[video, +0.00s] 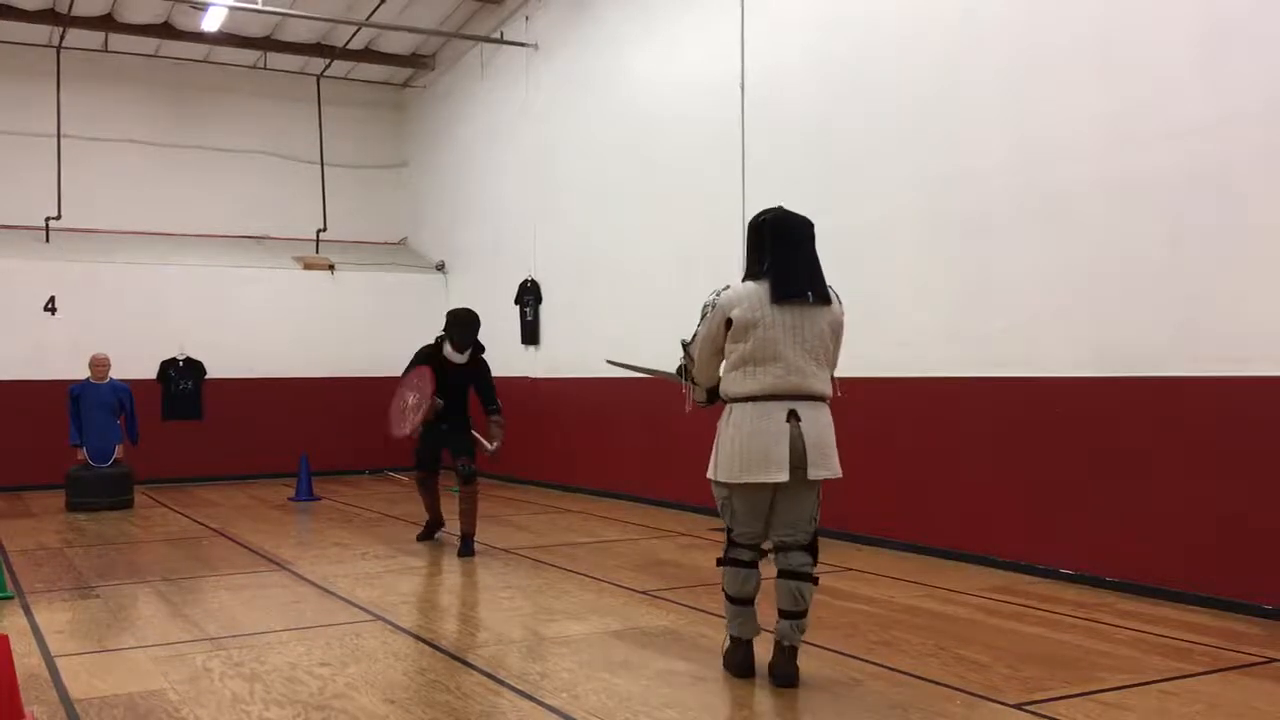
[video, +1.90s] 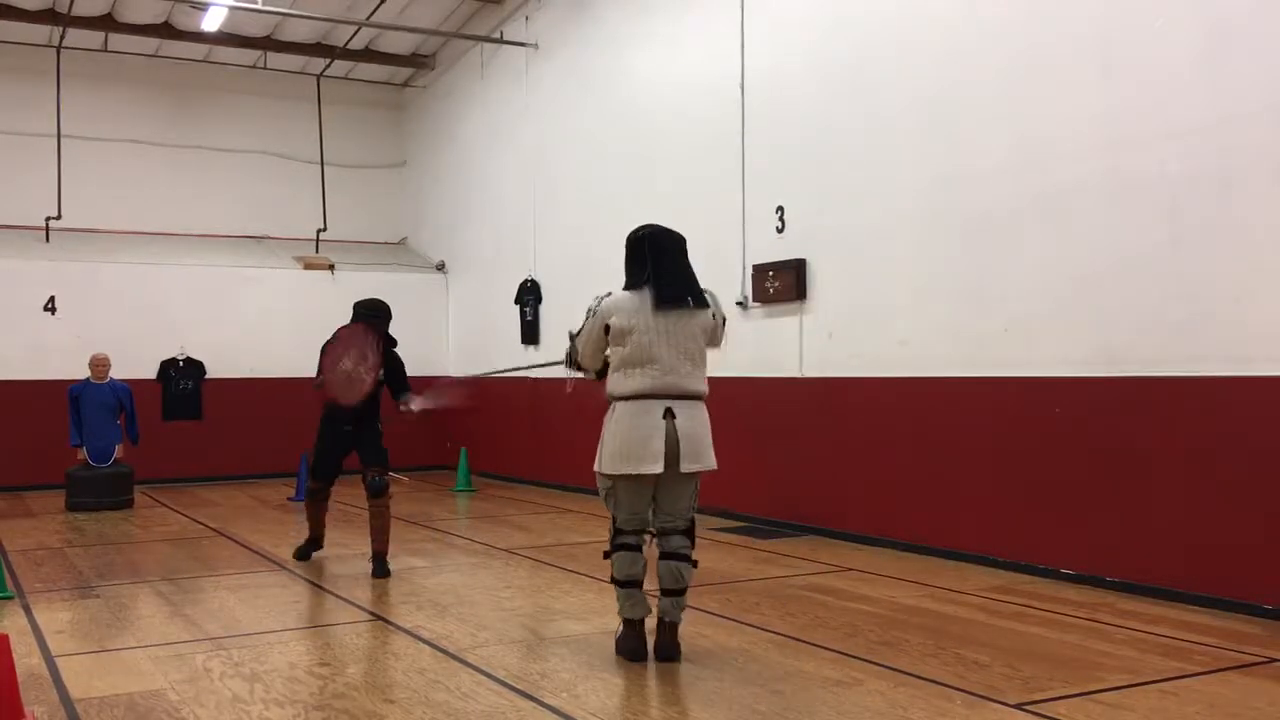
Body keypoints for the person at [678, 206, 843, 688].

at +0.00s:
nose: (749, 256)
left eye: (751, 247)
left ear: (756, 250)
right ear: (807, 249)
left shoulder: (735, 299)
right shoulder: (829, 304)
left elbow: (702, 365)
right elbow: (825, 369)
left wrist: (707, 387)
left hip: (748, 436)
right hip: (811, 436)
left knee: (743, 544)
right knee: (796, 547)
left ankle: (740, 649)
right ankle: (786, 658)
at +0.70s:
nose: (743, 260)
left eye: (745, 253)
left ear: (750, 254)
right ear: (799, 254)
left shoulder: (729, 304)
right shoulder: (820, 309)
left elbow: (693, 373)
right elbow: (812, 374)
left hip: (735, 436)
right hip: (799, 438)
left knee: (710, 535)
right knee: (788, 543)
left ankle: (685, 627)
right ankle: (785, 655)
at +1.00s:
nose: (706, 267)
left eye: (708, 259)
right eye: (708, 259)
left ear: (715, 263)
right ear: (763, 261)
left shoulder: (697, 314)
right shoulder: (786, 316)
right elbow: (781, 376)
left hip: (709, 438)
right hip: (772, 436)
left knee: (679, 539)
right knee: (773, 541)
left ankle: (644, 626)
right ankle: (783, 653)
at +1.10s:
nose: (686, 268)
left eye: (689, 260)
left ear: (695, 264)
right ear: (742, 264)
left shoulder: (676, 316)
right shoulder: (767, 317)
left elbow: (651, 388)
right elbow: (767, 376)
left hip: (695, 439)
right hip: (757, 438)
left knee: (673, 540)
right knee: (763, 541)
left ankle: (642, 631)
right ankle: (782, 651)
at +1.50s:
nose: (629, 267)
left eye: (631, 260)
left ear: (635, 262)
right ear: (682, 259)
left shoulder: (620, 310)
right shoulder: (708, 309)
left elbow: (596, 381)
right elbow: (714, 370)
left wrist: (603, 398)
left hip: (644, 427)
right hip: (705, 425)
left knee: (641, 533)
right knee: (708, 527)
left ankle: (634, 633)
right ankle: (726, 618)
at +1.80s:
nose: (623, 265)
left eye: (626, 257)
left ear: (630, 260)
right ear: (677, 258)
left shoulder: (613, 306)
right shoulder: (703, 307)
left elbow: (588, 370)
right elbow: (711, 362)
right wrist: (672, 360)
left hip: (631, 427)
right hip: (690, 426)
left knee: (632, 530)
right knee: (676, 529)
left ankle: (633, 633)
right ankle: (668, 635)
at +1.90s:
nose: (626, 266)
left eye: (628, 258)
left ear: (632, 260)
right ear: (679, 261)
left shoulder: (612, 307)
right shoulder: (699, 306)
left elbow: (587, 360)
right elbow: (715, 334)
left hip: (630, 430)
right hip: (688, 431)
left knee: (628, 529)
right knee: (676, 530)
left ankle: (633, 633)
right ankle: (668, 635)